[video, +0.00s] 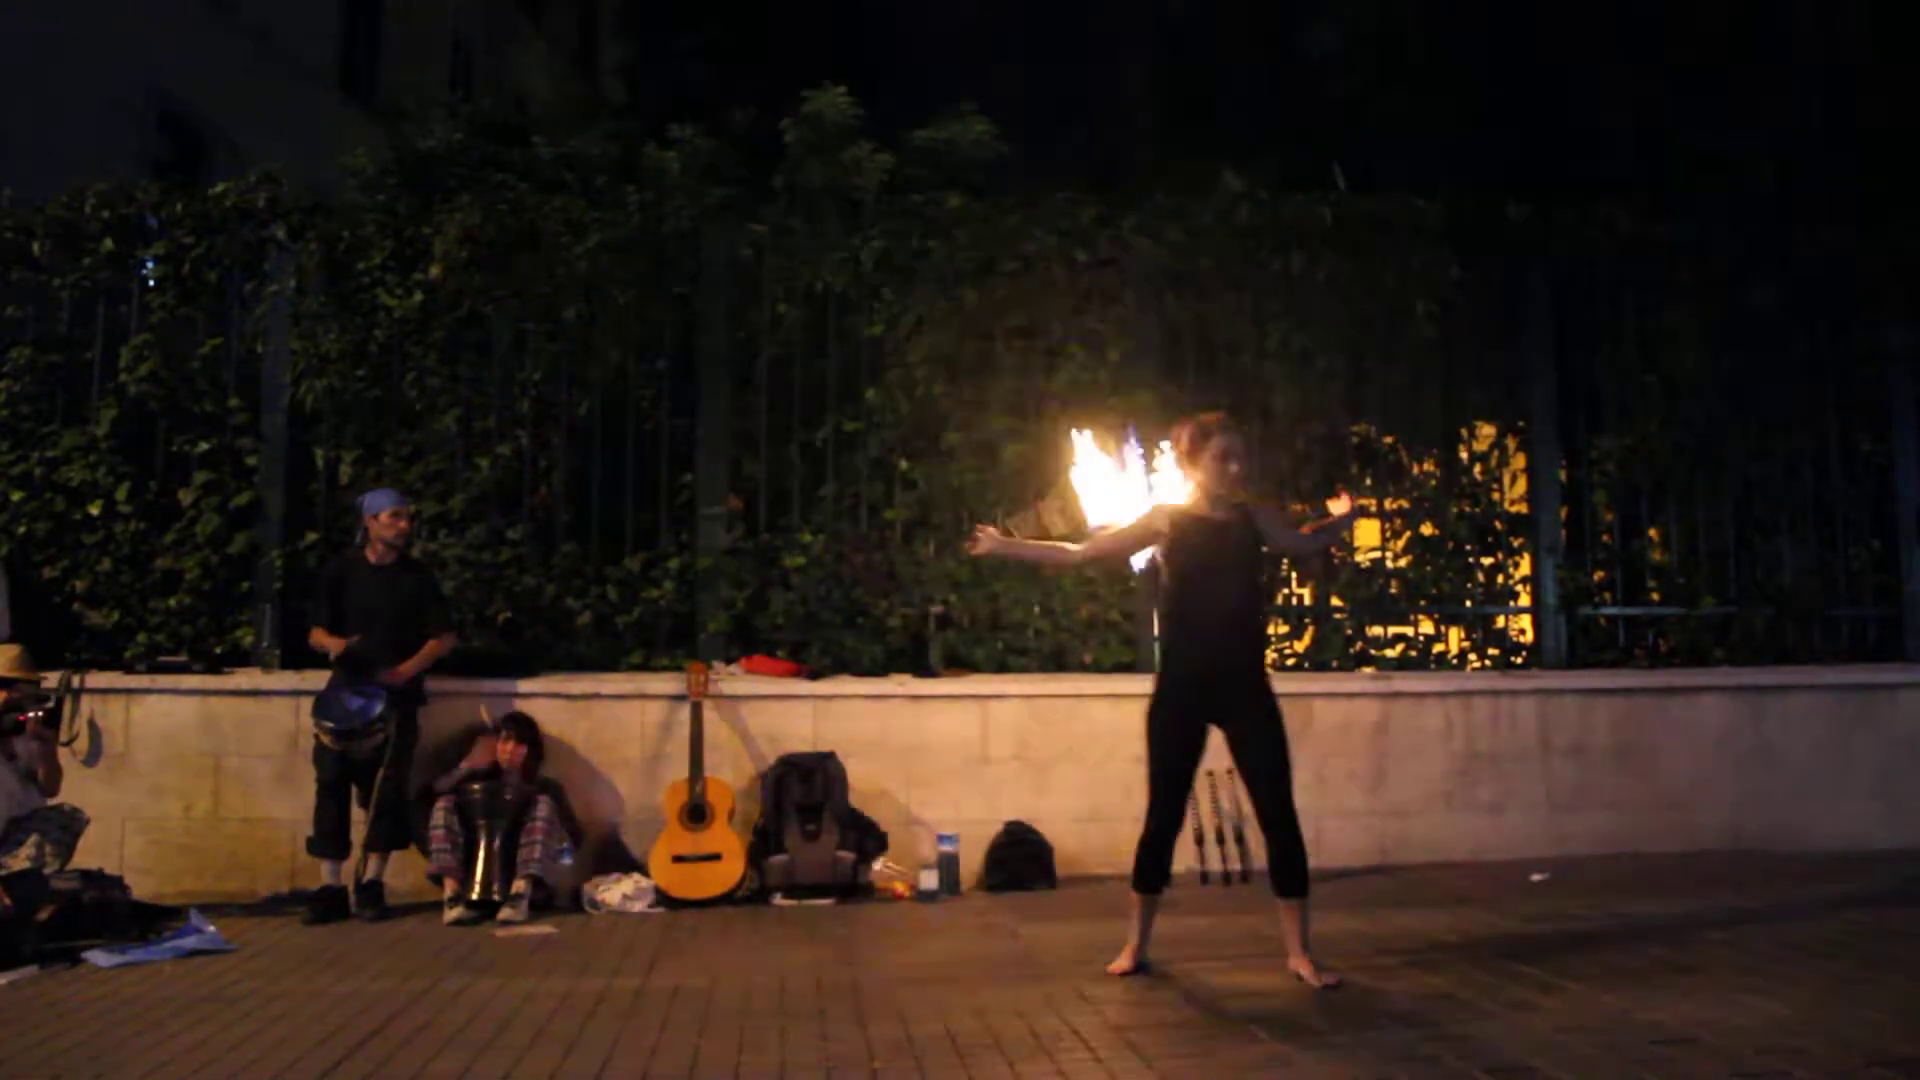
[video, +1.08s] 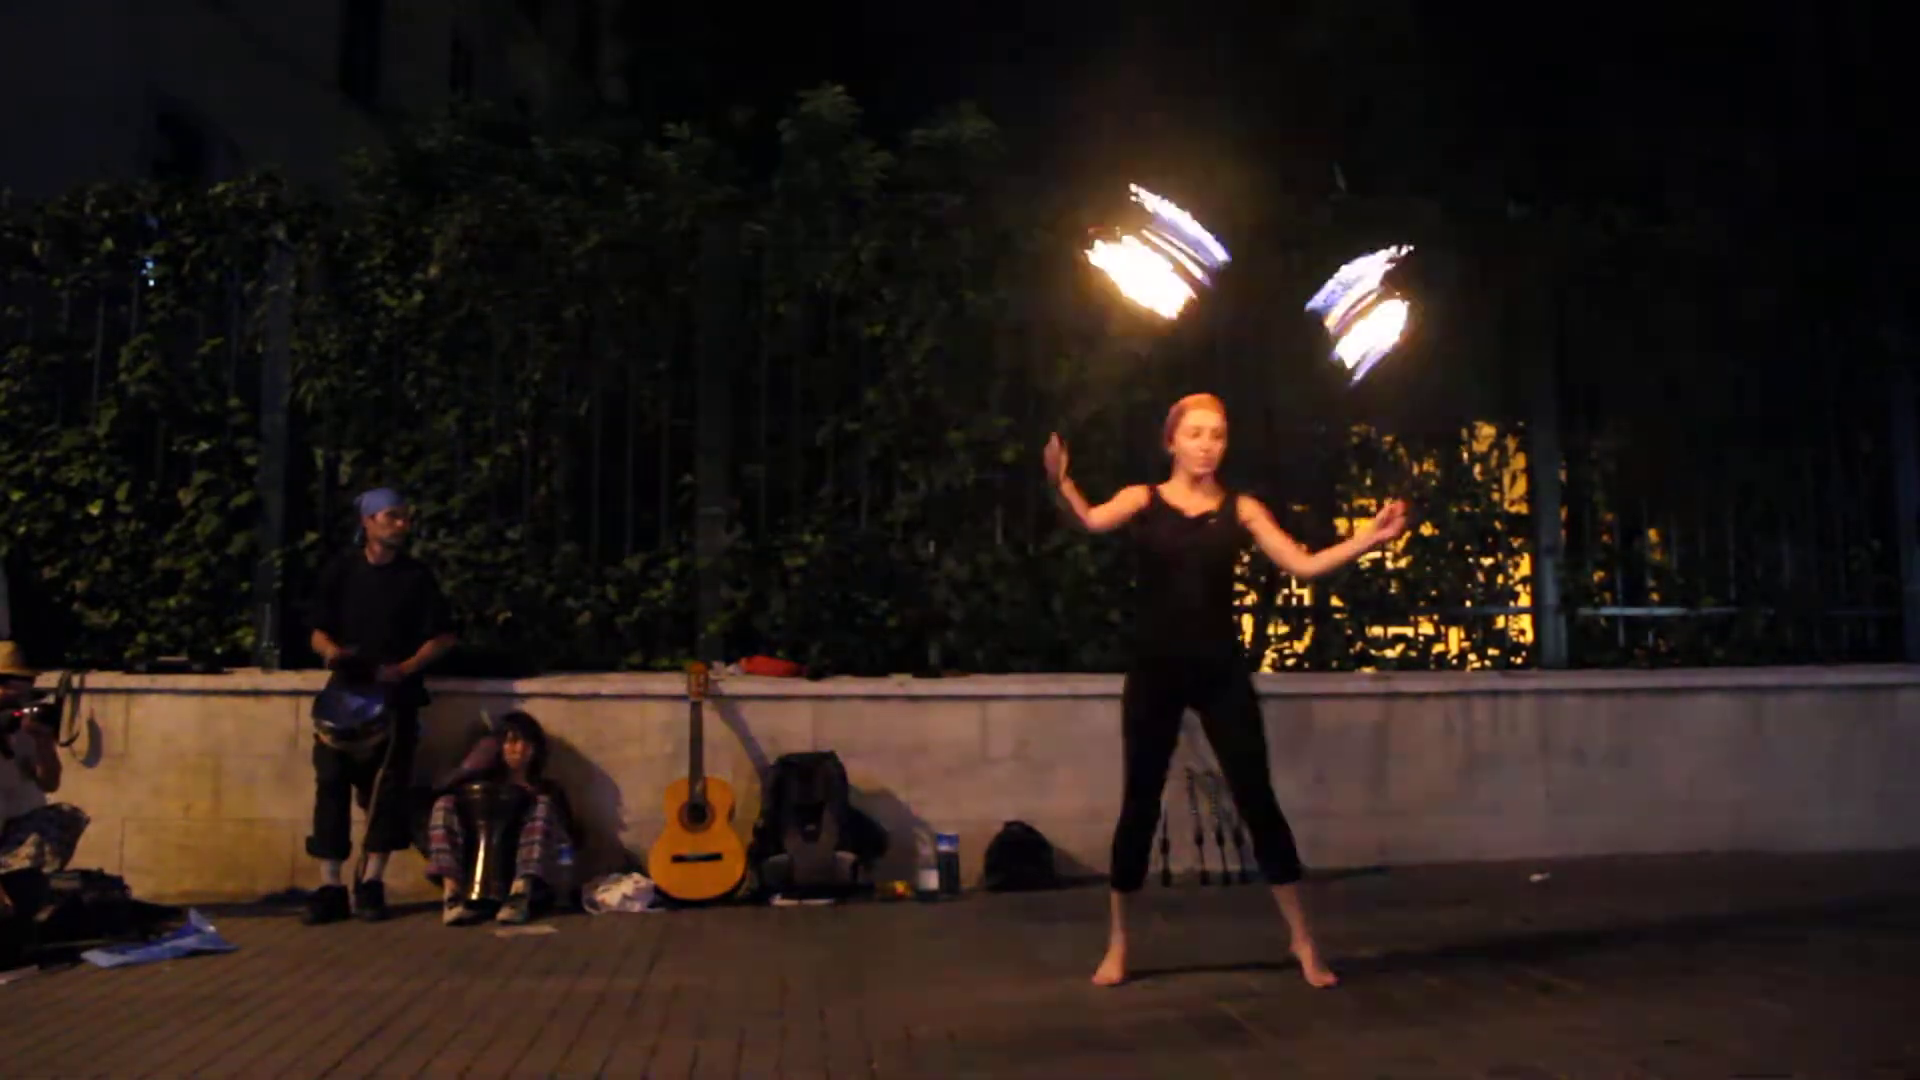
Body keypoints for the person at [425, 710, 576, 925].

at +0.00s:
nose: (510, 749)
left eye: (519, 744)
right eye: (505, 740)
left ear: (531, 752)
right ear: (495, 744)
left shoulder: (545, 788)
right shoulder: (475, 783)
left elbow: (572, 838)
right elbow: (434, 793)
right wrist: (468, 766)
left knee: (543, 804)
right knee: (444, 805)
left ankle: (520, 894)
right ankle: (451, 895)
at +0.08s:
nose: (510, 748)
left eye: (518, 742)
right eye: (504, 740)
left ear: (529, 749)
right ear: (495, 745)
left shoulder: (547, 787)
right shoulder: (479, 787)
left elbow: (569, 834)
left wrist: (535, 799)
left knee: (543, 806)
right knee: (443, 806)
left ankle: (520, 893)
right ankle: (451, 894)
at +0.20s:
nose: (507, 751)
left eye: (516, 745)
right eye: (501, 744)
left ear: (530, 750)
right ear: (491, 746)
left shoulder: (548, 787)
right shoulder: (479, 781)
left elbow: (573, 840)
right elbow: (443, 780)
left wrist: (539, 796)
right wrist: (487, 758)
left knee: (543, 807)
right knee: (444, 805)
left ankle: (521, 893)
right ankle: (451, 894)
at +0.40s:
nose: (514, 748)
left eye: (522, 741)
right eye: (508, 740)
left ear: (533, 749)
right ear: (499, 745)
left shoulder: (549, 790)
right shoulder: (480, 786)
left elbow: (573, 838)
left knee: (543, 806)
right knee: (444, 805)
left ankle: (520, 893)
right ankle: (451, 894)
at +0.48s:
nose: (514, 748)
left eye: (522, 741)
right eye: (509, 739)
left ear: (533, 749)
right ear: (500, 744)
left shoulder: (546, 787)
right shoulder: (487, 781)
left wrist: (539, 799)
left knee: (543, 809)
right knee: (445, 805)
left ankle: (520, 892)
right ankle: (451, 892)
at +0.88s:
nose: (514, 748)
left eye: (523, 741)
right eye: (509, 740)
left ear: (534, 750)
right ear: (499, 745)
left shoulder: (549, 789)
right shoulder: (484, 783)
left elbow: (565, 837)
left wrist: (535, 800)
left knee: (543, 807)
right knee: (445, 805)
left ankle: (521, 893)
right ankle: (451, 893)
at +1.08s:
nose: (518, 749)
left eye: (526, 743)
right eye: (512, 741)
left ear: (535, 750)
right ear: (500, 746)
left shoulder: (548, 790)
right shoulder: (481, 785)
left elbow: (564, 840)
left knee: (542, 806)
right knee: (444, 804)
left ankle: (521, 893)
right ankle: (451, 894)